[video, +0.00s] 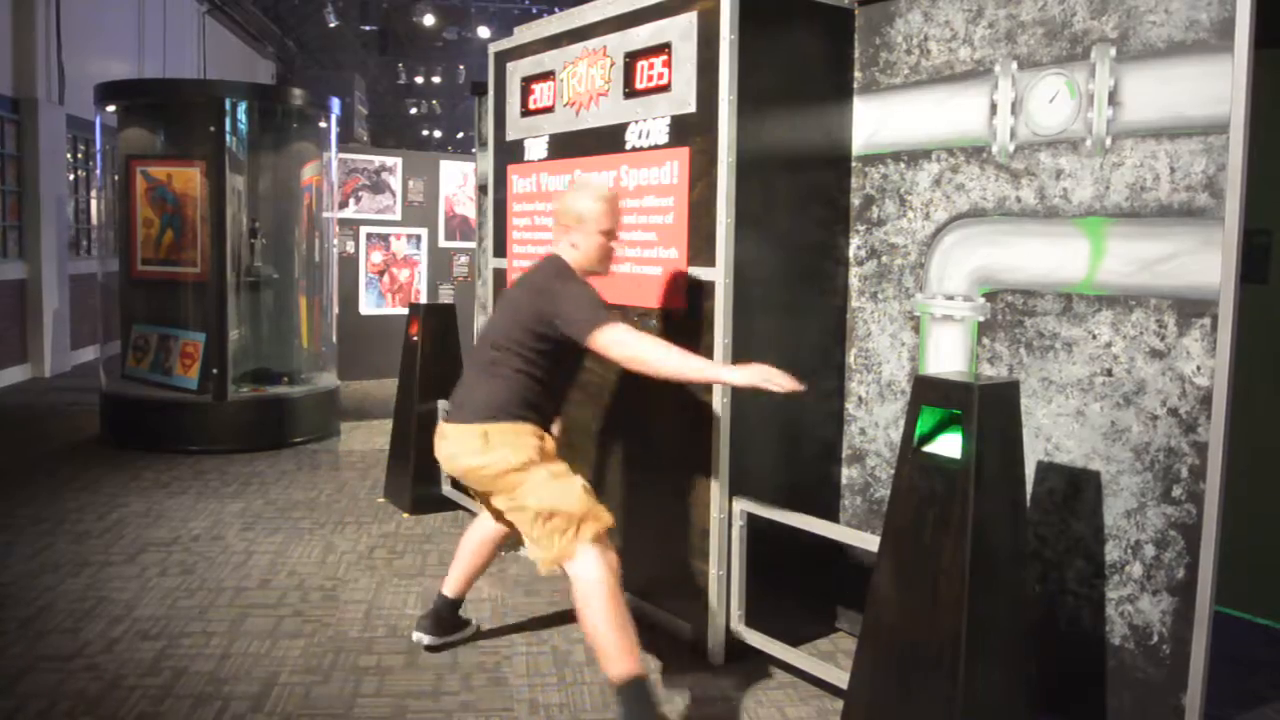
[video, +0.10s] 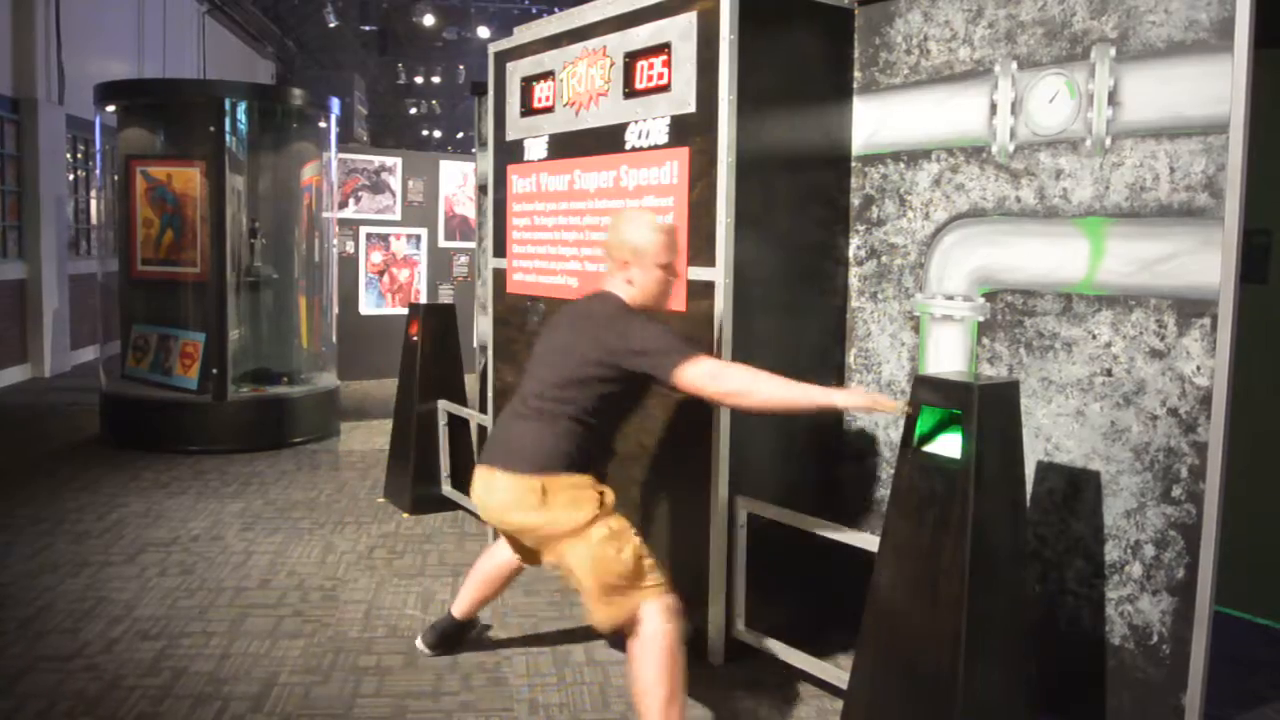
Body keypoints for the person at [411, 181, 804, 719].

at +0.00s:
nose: (615, 244)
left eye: (615, 234)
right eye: (607, 234)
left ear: (571, 233)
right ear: (569, 233)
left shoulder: (537, 279)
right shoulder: (565, 289)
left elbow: (511, 360)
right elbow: (634, 351)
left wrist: (540, 421)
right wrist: (735, 373)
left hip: (459, 433)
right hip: (500, 437)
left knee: (504, 509)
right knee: (587, 543)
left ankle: (439, 617)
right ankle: (638, 706)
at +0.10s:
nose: (673, 281)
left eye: (673, 269)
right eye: (666, 269)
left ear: (620, 266)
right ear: (625, 268)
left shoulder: (567, 313)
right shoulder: (633, 330)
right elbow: (717, 380)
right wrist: (839, 398)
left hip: (492, 481)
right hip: (554, 492)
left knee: (516, 542)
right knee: (655, 611)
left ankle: (450, 626)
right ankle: (664, 716)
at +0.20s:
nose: (734, 313)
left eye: (732, 301)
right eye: (726, 302)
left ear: (672, 304)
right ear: (686, 306)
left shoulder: (623, 336)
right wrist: (907, 433)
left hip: (507, 493)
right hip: (557, 508)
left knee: (556, 541)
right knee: (690, 609)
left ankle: (467, 635)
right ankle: (676, 717)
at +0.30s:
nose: (773, 346)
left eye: (771, 334)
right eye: (766, 336)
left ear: (711, 336)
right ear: (726, 345)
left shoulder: (647, 349)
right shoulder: (714, 394)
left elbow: (575, 383)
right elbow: (807, 451)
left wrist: (608, 445)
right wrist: (917, 452)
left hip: (506, 484)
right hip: (562, 502)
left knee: (557, 536)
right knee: (698, 606)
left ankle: (476, 638)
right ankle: (676, 717)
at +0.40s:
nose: (759, 323)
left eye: (759, 311)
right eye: (755, 312)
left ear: (694, 312)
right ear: (725, 317)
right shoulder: (707, 376)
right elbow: (803, 430)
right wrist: (920, 446)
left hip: (506, 481)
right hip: (565, 500)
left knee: (541, 535)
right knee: (702, 605)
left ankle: (480, 637)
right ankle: (678, 715)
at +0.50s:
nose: (681, 267)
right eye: (682, 262)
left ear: (623, 270)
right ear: (680, 272)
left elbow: (515, 348)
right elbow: (752, 369)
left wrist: (475, 356)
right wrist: (854, 403)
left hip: (500, 482)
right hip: (568, 488)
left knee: (537, 527)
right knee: (690, 603)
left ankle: (495, 639)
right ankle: (676, 714)